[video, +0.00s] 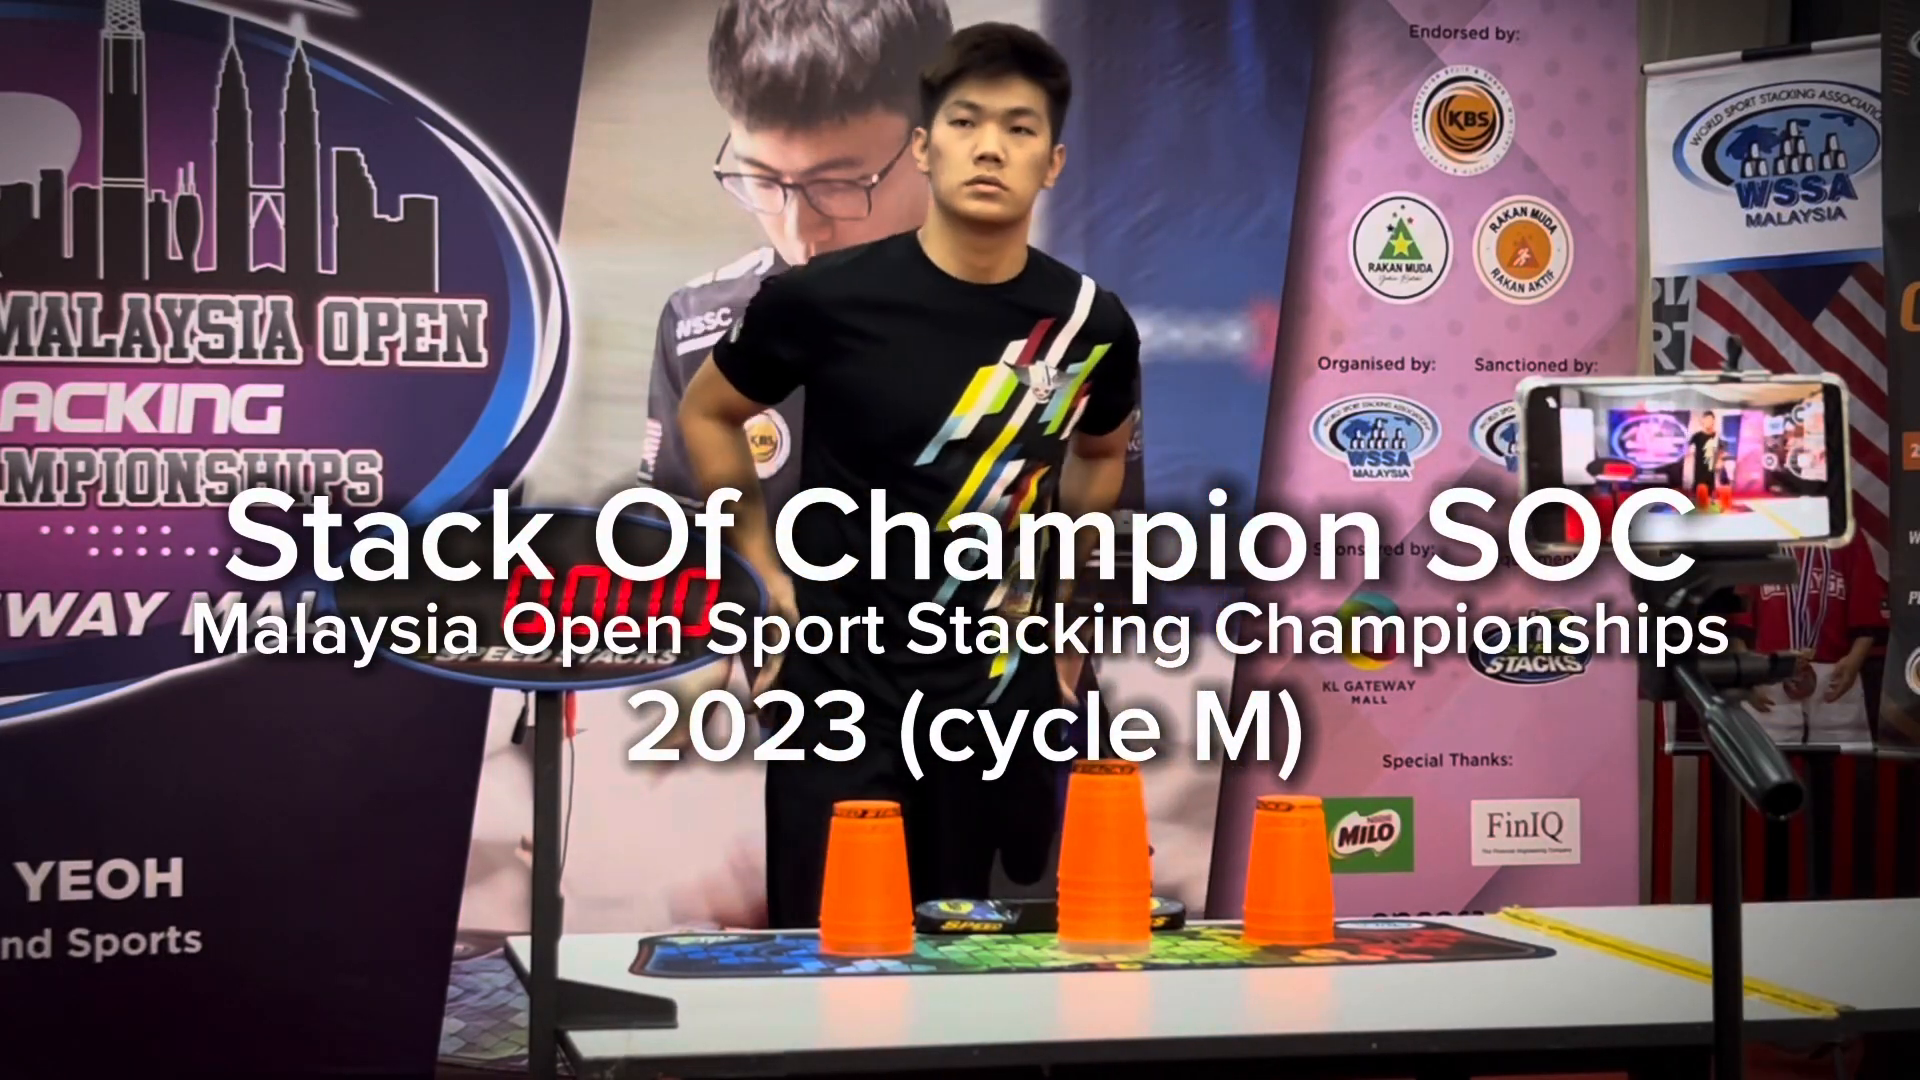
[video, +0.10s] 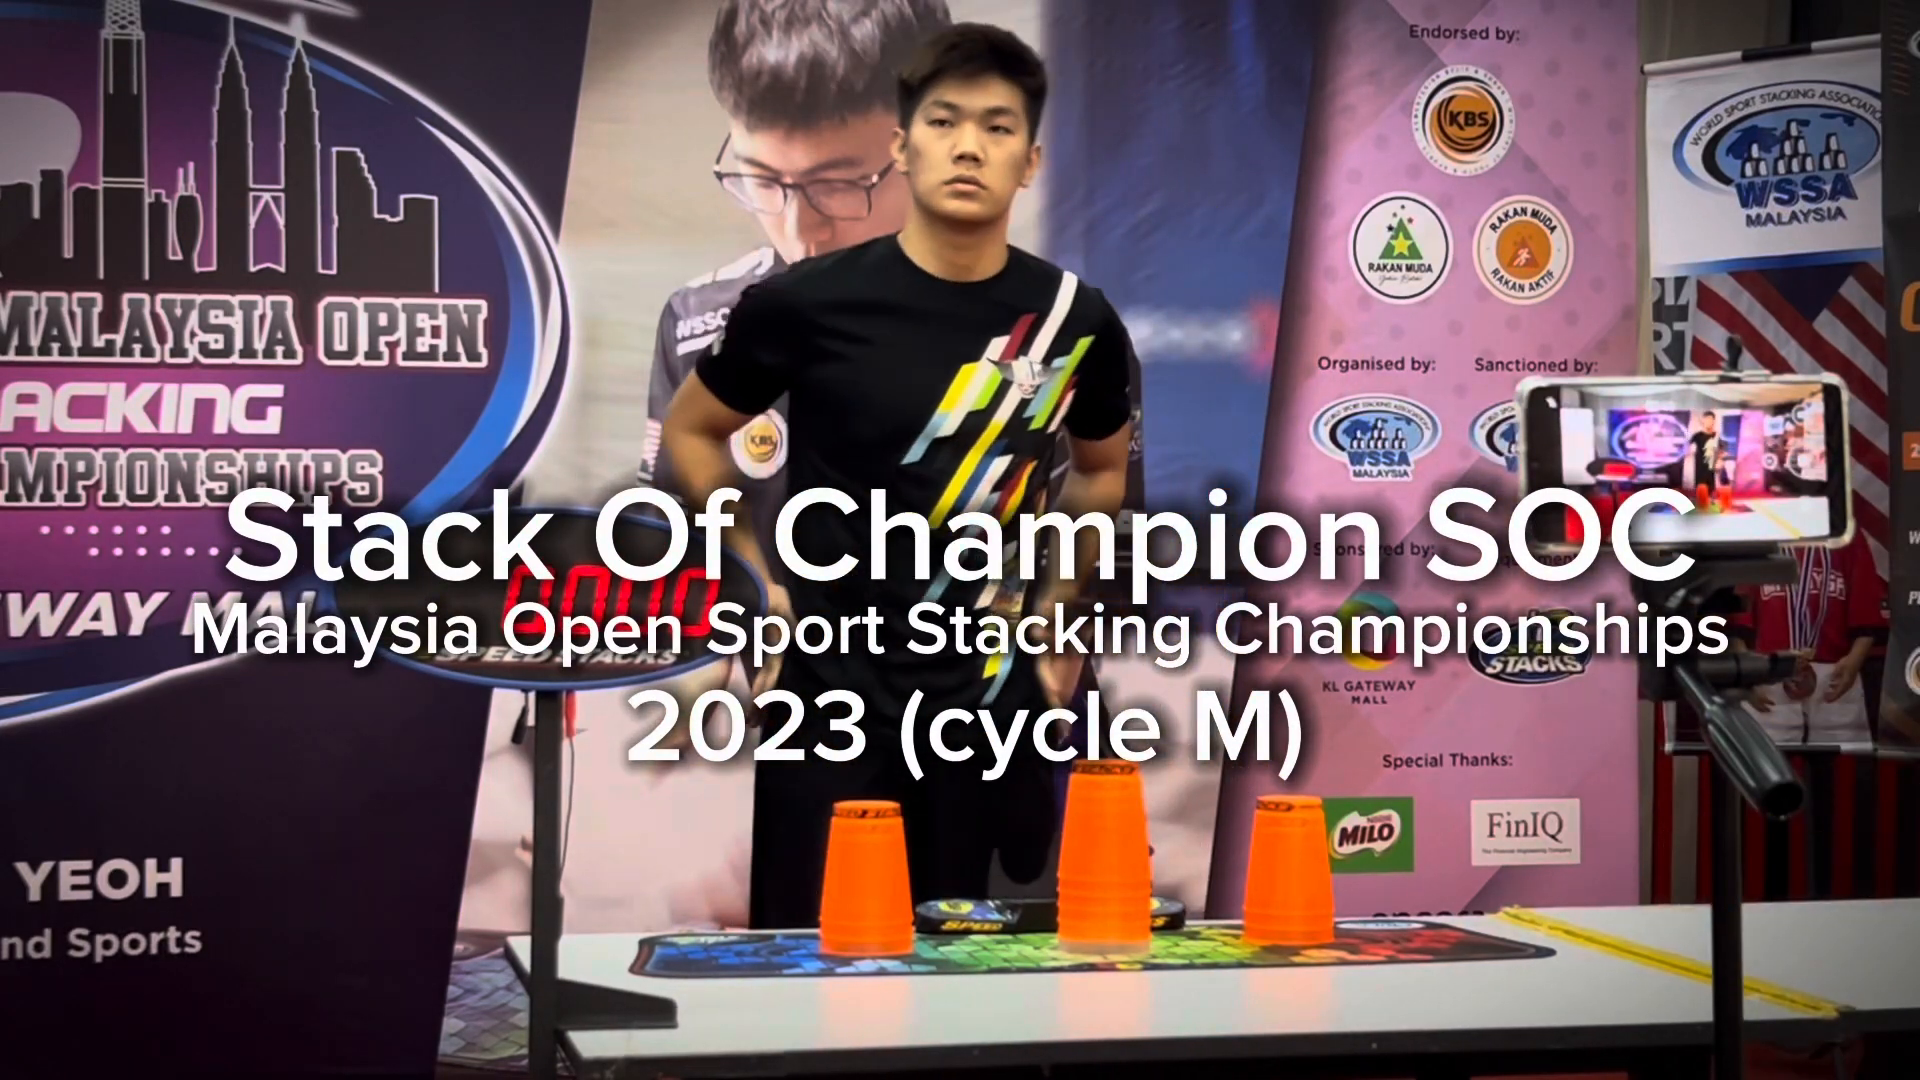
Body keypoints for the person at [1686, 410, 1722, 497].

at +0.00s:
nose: (1709, 422)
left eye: (1711, 419)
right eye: (1706, 419)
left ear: (1714, 421)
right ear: (1702, 421)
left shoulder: (1717, 438)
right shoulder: (1698, 436)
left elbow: (1721, 452)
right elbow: (1687, 446)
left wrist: (1719, 462)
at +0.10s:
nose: (1709, 422)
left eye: (1711, 419)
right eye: (1707, 419)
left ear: (1714, 421)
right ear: (1702, 421)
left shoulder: (1716, 437)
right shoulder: (1698, 436)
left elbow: (1721, 451)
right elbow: (1688, 445)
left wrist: (1719, 461)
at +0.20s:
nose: (1708, 422)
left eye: (1710, 419)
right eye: (1706, 419)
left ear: (1713, 421)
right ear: (1702, 421)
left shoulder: (1717, 438)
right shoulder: (1698, 436)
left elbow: (1721, 452)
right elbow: (1688, 446)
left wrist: (1719, 461)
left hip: (1712, 462)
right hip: (1700, 462)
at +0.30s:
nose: (1707, 423)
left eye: (1709, 420)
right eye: (1705, 420)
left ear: (1713, 422)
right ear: (1702, 421)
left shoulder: (1716, 438)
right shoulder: (1698, 436)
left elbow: (1721, 451)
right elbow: (1688, 445)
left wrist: (1719, 461)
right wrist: (1691, 453)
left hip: (1711, 461)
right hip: (1700, 461)